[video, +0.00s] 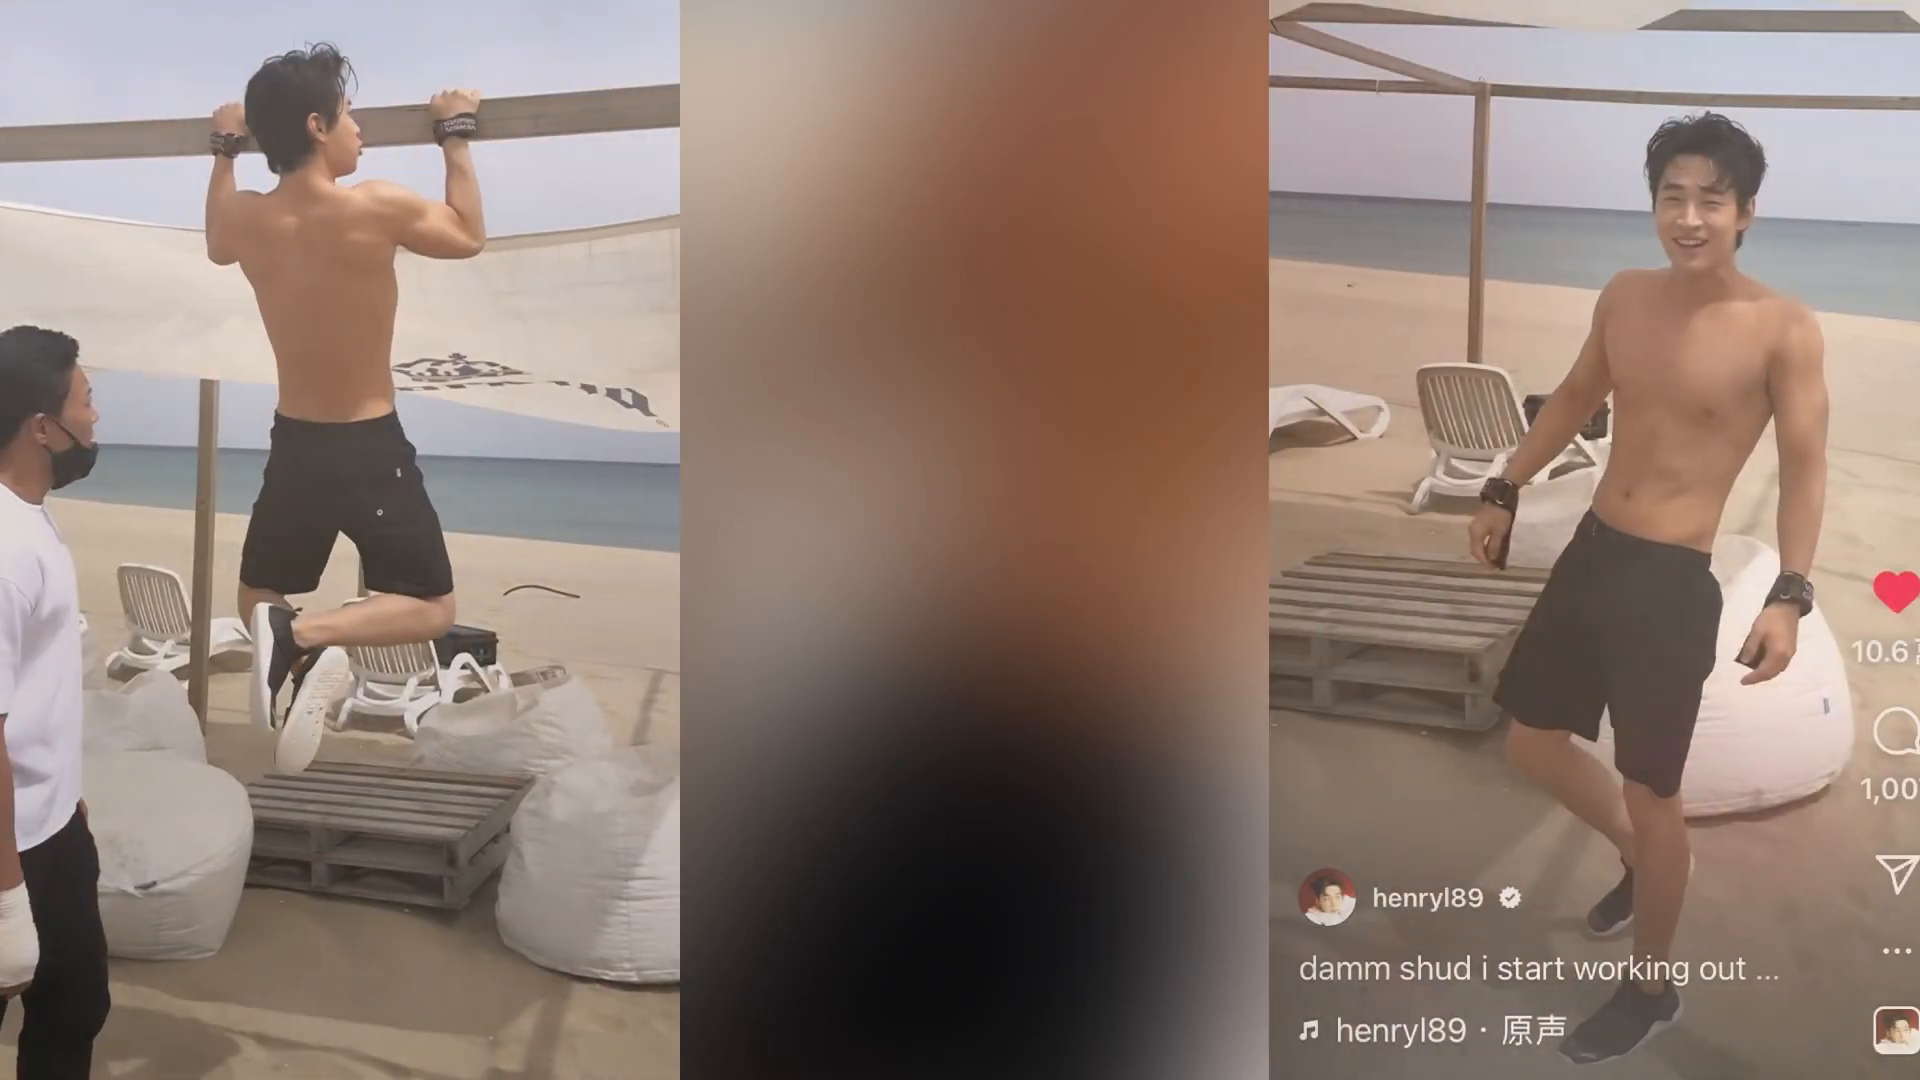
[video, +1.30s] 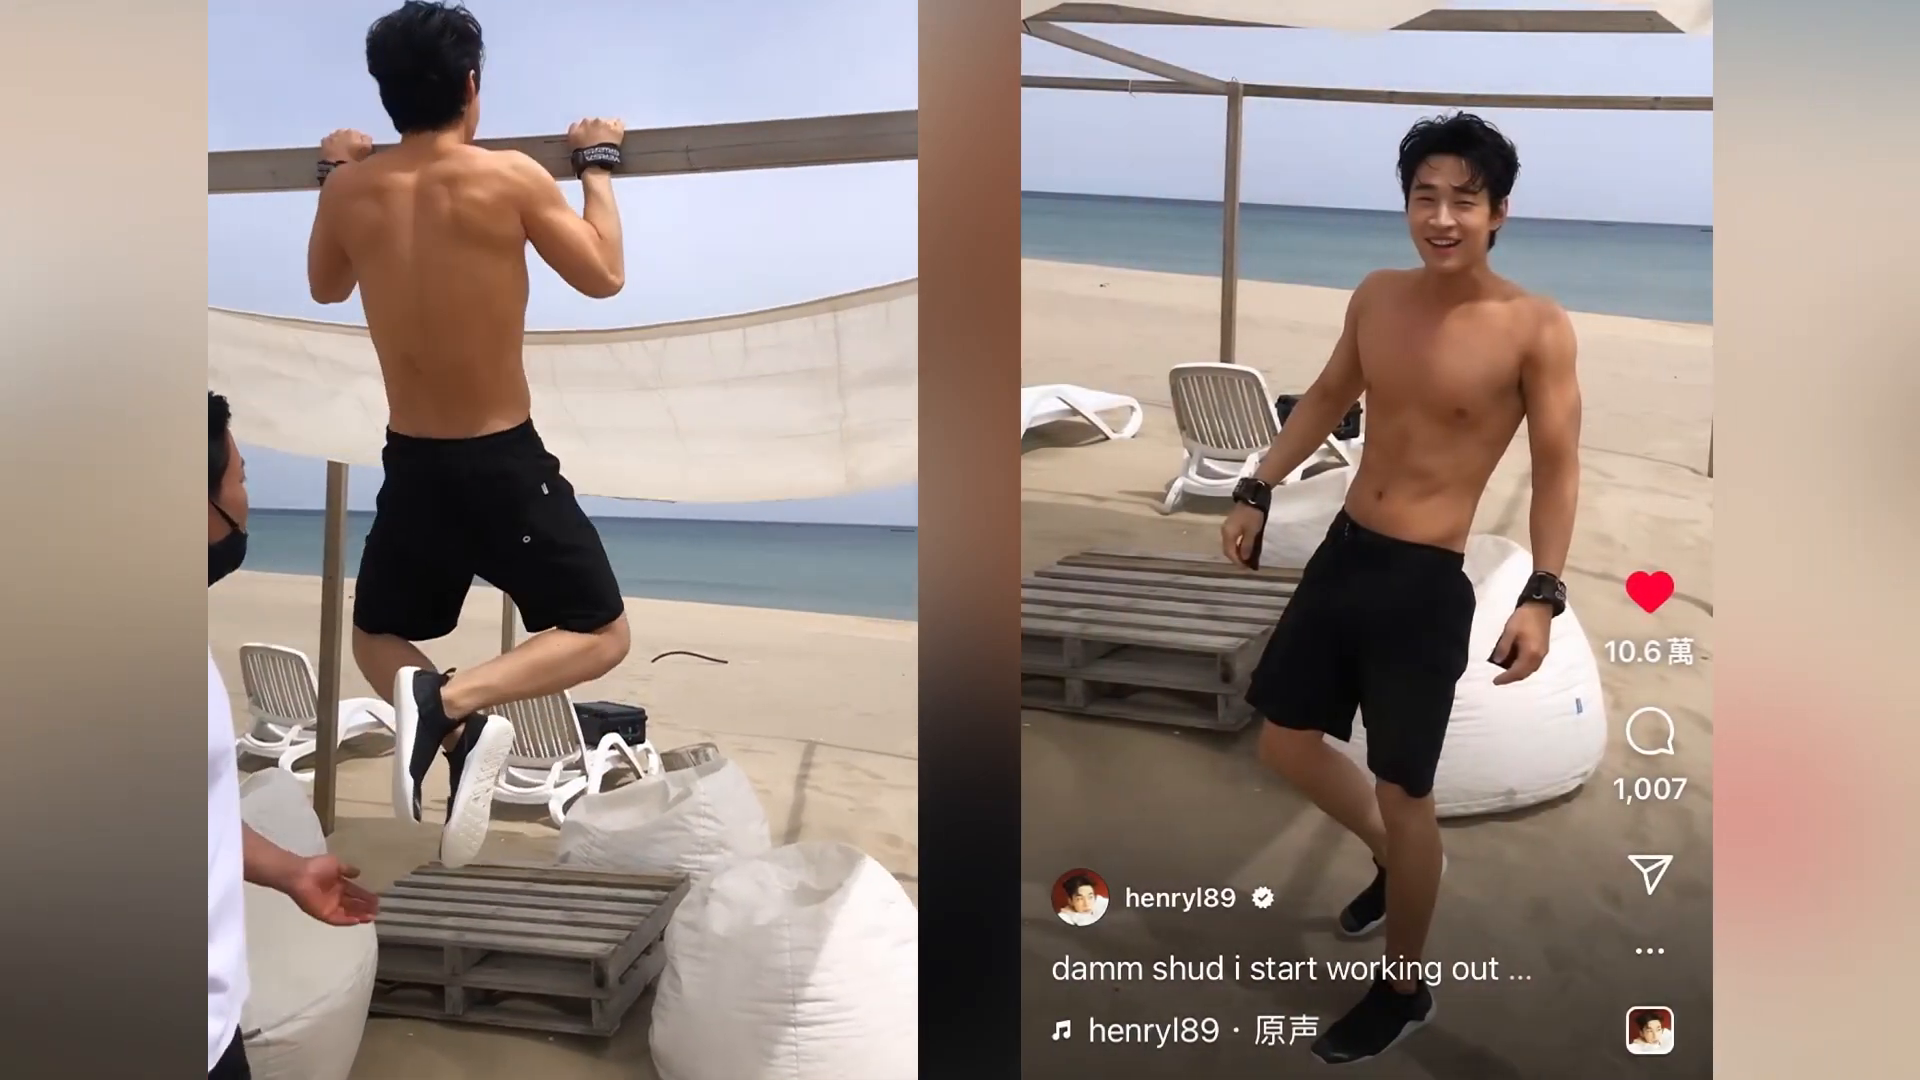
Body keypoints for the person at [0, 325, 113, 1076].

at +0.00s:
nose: (96, 413)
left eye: (90, 396)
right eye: (84, 399)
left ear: (41, 428)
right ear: (42, 428)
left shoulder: (32, 524)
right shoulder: (14, 549)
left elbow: (33, 706)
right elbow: (5, 742)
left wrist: (74, 819)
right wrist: (10, 893)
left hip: (53, 832)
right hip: (29, 852)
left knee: (72, 1010)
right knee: (67, 1017)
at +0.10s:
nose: (163, 424)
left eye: (157, 407)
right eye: (152, 409)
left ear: (101, 429)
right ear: (107, 430)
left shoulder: (86, 526)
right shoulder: (56, 556)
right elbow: (45, 756)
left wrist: (132, 844)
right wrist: (74, 915)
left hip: (111, 847)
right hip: (78, 866)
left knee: (133, 1030)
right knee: (127, 1041)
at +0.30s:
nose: (262, 433)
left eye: (255, 416)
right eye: (249, 420)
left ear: (199, 443)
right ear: (204, 444)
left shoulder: (186, 541)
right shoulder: (155, 577)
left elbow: (191, 734)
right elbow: (147, 773)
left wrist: (237, 871)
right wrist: (184, 937)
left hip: (217, 878)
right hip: (185, 898)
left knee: (232, 1057)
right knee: (212, 1064)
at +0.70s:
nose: (307, 454)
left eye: (300, 439)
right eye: (296, 444)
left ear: (249, 479)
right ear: (253, 479)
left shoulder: (253, 582)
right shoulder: (206, 619)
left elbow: (256, 764)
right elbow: (199, 839)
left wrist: (313, 864)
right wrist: (270, 1013)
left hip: (280, 945)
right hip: (237, 968)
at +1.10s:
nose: (270, 482)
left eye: (264, 461)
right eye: (262, 465)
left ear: (220, 503)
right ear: (221, 501)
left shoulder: (215, 624)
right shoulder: (187, 649)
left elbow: (208, 807)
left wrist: (275, 891)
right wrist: (192, 1046)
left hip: (237, 1011)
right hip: (211, 1033)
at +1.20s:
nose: (258, 490)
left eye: (251, 469)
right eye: (249, 472)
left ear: (209, 511)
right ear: (211, 509)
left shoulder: (200, 637)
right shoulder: (170, 651)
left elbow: (197, 804)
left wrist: (279, 886)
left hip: (219, 1027)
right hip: (206, 1039)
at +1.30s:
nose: (245, 500)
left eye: (241, 475)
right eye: (239, 476)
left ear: (199, 504)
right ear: (200, 501)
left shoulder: (183, 649)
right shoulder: (159, 658)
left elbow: (185, 807)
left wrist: (290, 872)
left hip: (209, 1025)